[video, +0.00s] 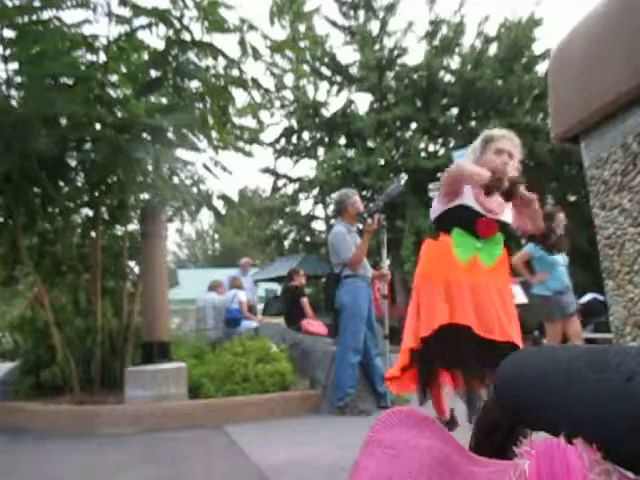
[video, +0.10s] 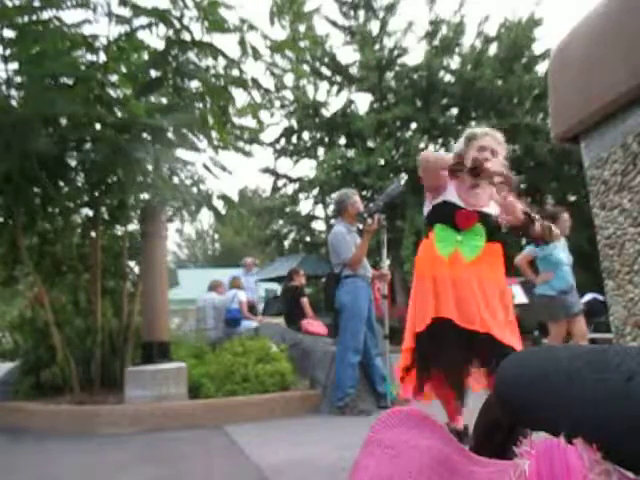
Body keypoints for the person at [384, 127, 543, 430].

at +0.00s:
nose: (506, 161)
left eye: (513, 157)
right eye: (499, 153)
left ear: (518, 168)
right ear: (481, 157)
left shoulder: (506, 203)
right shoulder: (455, 190)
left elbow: (535, 227)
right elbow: (457, 172)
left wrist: (527, 201)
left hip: (487, 266)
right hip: (447, 263)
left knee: (479, 337)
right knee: (438, 337)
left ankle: (476, 402)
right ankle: (440, 408)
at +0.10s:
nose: (486, 157)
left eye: (494, 153)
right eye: (481, 149)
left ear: (502, 164)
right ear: (464, 153)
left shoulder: (499, 198)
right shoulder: (441, 185)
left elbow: (536, 228)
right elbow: (427, 161)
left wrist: (528, 221)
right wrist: (464, 164)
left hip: (487, 286)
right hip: (444, 285)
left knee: (504, 357)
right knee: (447, 357)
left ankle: (512, 422)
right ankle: (456, 423)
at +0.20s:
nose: (466, 155)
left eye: (475, 151)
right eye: (460, 148)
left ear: (483, 163)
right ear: (446, 154)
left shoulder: (492, 197)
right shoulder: (430, 188)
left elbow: (537, 231)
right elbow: (399, 165)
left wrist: (506, 216)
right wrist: (432, 160)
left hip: (480, 294)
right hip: (437, 292)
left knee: (498, 366)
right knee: (437, 364)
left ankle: (508, 426)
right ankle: (455, 423)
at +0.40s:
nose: (424, 165)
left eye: (430, 157)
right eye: (422, 160)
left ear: (452, 159)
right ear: (420, 166)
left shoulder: (477, 194)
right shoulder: (420, 195)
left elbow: (514, 225)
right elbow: (379, 200)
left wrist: (487, 217)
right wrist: (385, 165)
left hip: (471, 290)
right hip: (430, 290)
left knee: (479, 359)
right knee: (440, 358)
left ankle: (495, 425)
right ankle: (455, 425)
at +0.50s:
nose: (417, 170)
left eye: (421, 163)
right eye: (416, 164)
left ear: (440, 161)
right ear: (425, 166)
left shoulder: (470, 193)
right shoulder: (416, 199)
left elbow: (503, 222)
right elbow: (376, 221)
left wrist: (466, 218)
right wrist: (358, 196)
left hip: (466, 290)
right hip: (427, 290)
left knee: (476, 358)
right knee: (440, 359)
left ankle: (490, 424)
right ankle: (455, 424)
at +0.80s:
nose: (404, 168)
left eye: (409, 161)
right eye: (403, 163)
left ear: (430, 159)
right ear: (410, 166)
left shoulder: (460, 188)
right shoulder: (407, 200)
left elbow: (493, 216)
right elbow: (382, 236)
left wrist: (460, 213)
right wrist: (361, 245)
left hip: (462, 284)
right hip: (426, 285)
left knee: (465, 357)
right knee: (440, 356)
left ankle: (489, 424)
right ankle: (455, 421)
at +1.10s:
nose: (376, 172)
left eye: (380, 164)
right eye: (375, 165)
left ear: (399, 160)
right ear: (396, 164)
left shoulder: (431, 186)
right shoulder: (387, 202)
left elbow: (467, 211)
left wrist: (436, 218)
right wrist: (371, 226)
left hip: (449, 288)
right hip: (409, 294)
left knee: (467, 362)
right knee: (401, 360)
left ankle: (492, 430)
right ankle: (415, 432)